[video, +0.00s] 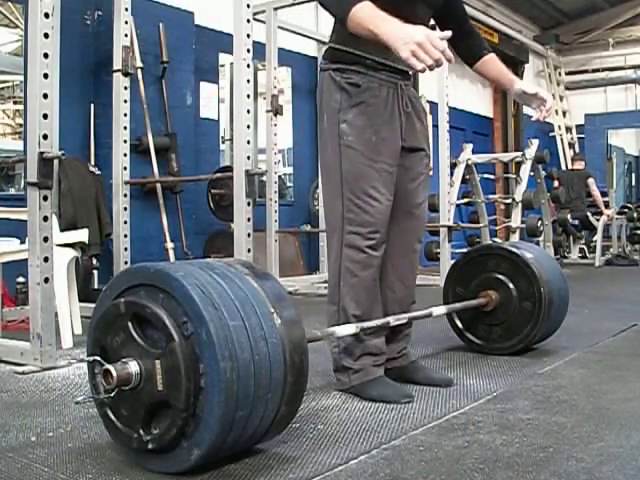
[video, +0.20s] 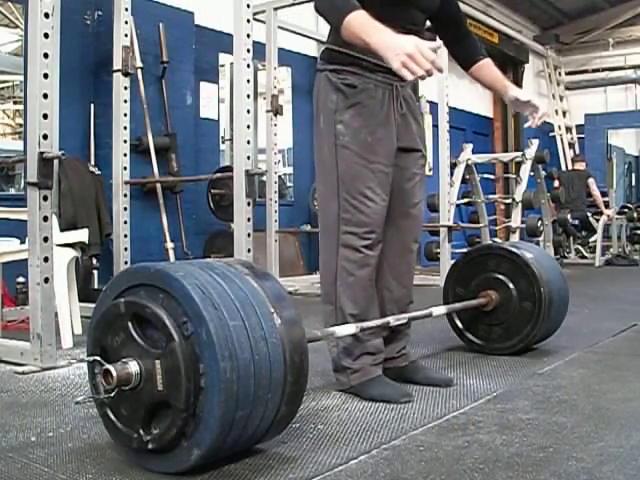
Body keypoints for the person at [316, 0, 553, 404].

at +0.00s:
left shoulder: (439, 2)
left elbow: (461, 32)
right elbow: (333, 1)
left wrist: (516, 85)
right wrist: (392, 30)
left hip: (405, 87)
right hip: (356, 81)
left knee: (408, 227)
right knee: (363, 225)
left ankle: (395, 353)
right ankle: (356, 365)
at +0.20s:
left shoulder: (437, 2)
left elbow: (457, 35)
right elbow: (328, 3)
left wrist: (510, 91)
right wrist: (387, 41)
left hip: (403, 90)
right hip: (352, 82)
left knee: (403, 226)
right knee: (358, 225)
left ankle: (393, 353)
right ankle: (355, 364)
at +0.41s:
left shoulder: (434, 4)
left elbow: (454, 37)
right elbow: (325, 4)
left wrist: (502, 94)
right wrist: (381, 47)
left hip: (403, 91)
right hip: (351, 83)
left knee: (401, 225)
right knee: (357, 224)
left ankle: (393, 353)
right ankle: (355, 364)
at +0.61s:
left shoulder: (434, 4)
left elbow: (453, 40)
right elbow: (322, 5)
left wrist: (499, 95)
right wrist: (376, 49)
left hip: (402, 91)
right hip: (348, 84)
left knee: (400, 226)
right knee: (356, 225)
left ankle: (392, 354)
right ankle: (354, 364)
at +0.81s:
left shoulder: (434, 4)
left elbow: (454, 44)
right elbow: (320, 7)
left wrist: (498, 100)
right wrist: (374, 53)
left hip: (401, 92)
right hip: (347, 86)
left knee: (400, 226)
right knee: (354, 227)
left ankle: (392, 353)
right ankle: (354, 363)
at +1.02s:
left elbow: (468, 25)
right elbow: (342, 8)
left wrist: (547, 52)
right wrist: (422, 9)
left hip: (397, 87)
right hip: (349, 81)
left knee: (403, 228)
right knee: (356, 227)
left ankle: (393, 353)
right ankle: (354, 365)